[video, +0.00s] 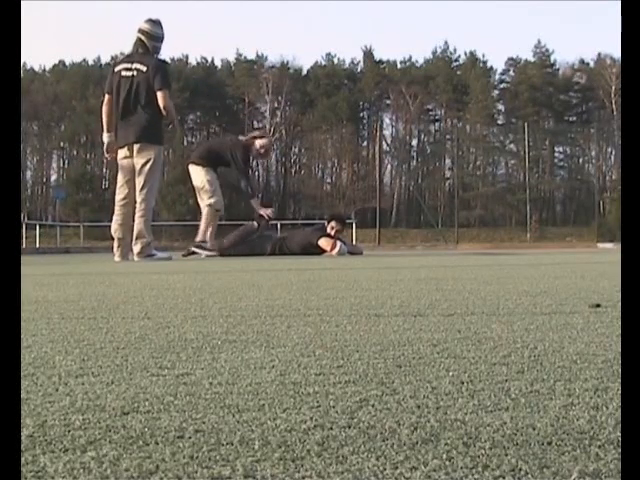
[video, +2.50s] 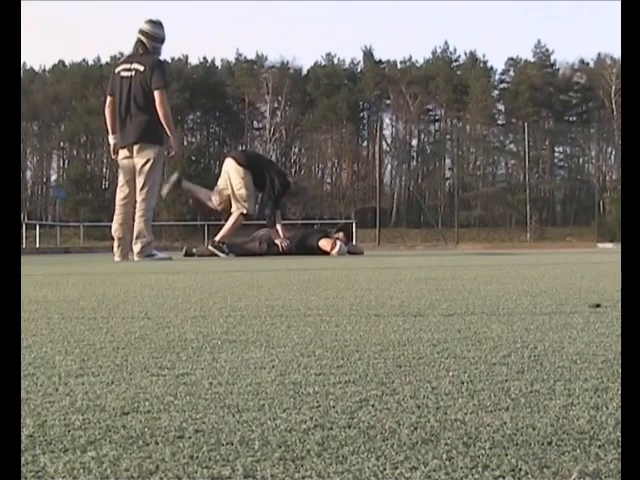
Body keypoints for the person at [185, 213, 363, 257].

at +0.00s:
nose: (334, 234)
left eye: (338, 231)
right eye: (333, 229)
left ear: (339, 230)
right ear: (327, 225)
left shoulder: (330, 237)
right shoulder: (319, 235)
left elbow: (357, 250)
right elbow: (335, 251)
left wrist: (344, 247)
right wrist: (344, 245)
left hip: (277, 243)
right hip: (274, 245)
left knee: (230, 247)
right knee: (227, 248)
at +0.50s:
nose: (338, 241)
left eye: (340, 239)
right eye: (339, 237)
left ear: (334, 234)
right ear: (333, 233)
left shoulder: (324, 238)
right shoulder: (319, 236)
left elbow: (355, 251)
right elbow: (333, 248)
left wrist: (345, 246)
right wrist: (351, 248)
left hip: (271, 240)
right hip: (269, 242)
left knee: (233, 245)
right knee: (232, 247)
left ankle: (203, 246)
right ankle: (201, 248)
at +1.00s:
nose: (339, 243)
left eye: (341, 241)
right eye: (340, 240)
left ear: (334, 234)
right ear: (335, 236)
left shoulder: (323, 238)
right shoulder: (320, 236)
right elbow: (334, 249)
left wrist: (345, 246)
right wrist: (350, 248)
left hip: (272, 241)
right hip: (271, 242)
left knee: (234, 247)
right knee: (233, 248)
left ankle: (198, 251)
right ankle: (197, 252)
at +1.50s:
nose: (337, 239)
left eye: (341, 236)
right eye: (336, 234)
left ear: (343, 236)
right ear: (330, 231)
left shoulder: (331, 243)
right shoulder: (318, 237)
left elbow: (359, 251)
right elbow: (333, 248)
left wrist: (344, 247)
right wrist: (352, 249)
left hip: (272, 243)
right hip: (268, 239)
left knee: (233, 246)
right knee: (234, 246)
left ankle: (199, 252)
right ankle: (200, 251)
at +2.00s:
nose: (337, 242)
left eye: (340, 240)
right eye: (338, 238)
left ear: (337, 239)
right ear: (333, 235)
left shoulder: (324, 241)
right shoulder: (320, 237)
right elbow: (333, 249)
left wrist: (346, 246)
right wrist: (346, 248)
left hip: (272, 240)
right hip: (270, 241)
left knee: (232, 247)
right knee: (231, 248)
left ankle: (197, 252)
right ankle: (197, 252)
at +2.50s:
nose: (339, 242)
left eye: (342, 240)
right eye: (340, 238)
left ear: (338, 239)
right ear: (335, 235)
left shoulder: (326, 239)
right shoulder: (321, 238)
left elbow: (357, 251)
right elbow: (333, 249)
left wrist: (345, 247)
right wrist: (343, 247)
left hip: (273, 240)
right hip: (270, 242)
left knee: (234, 246)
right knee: (233, 249)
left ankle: (199, 251)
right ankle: (197, 252)